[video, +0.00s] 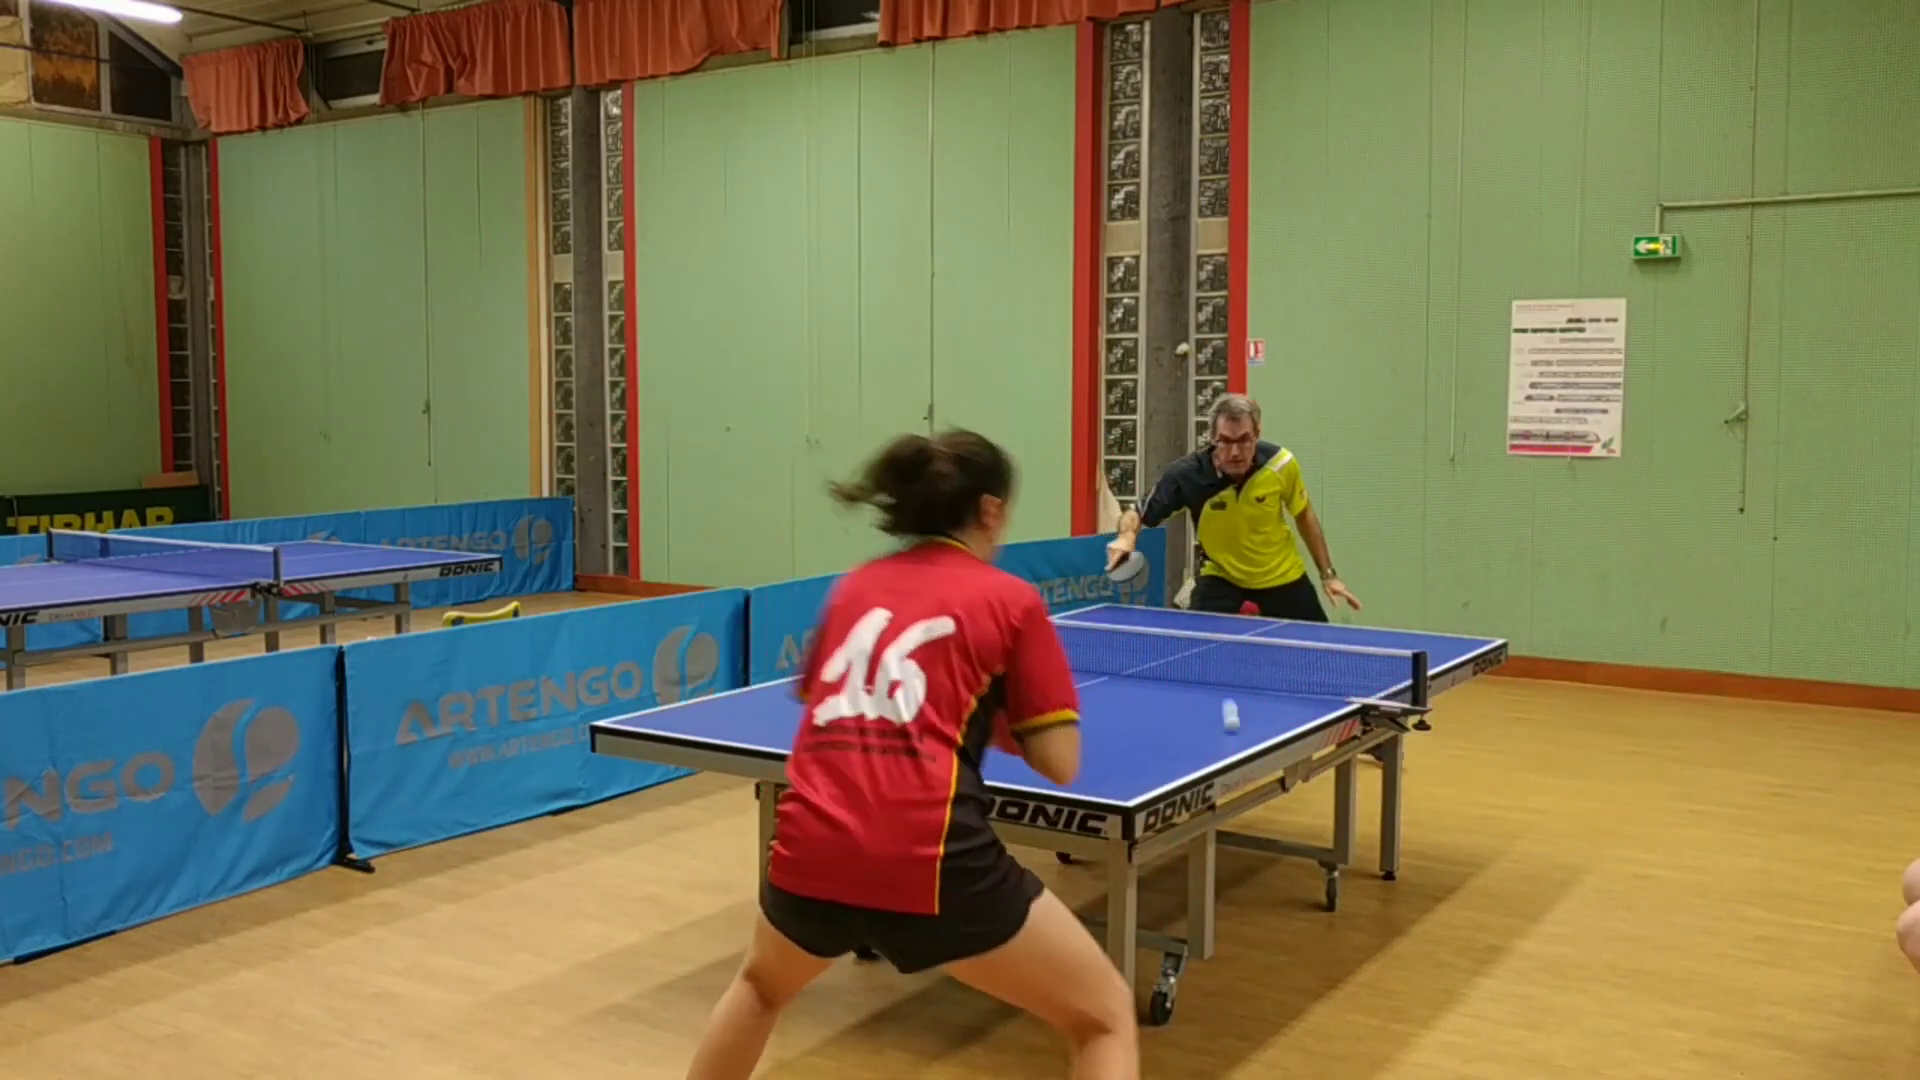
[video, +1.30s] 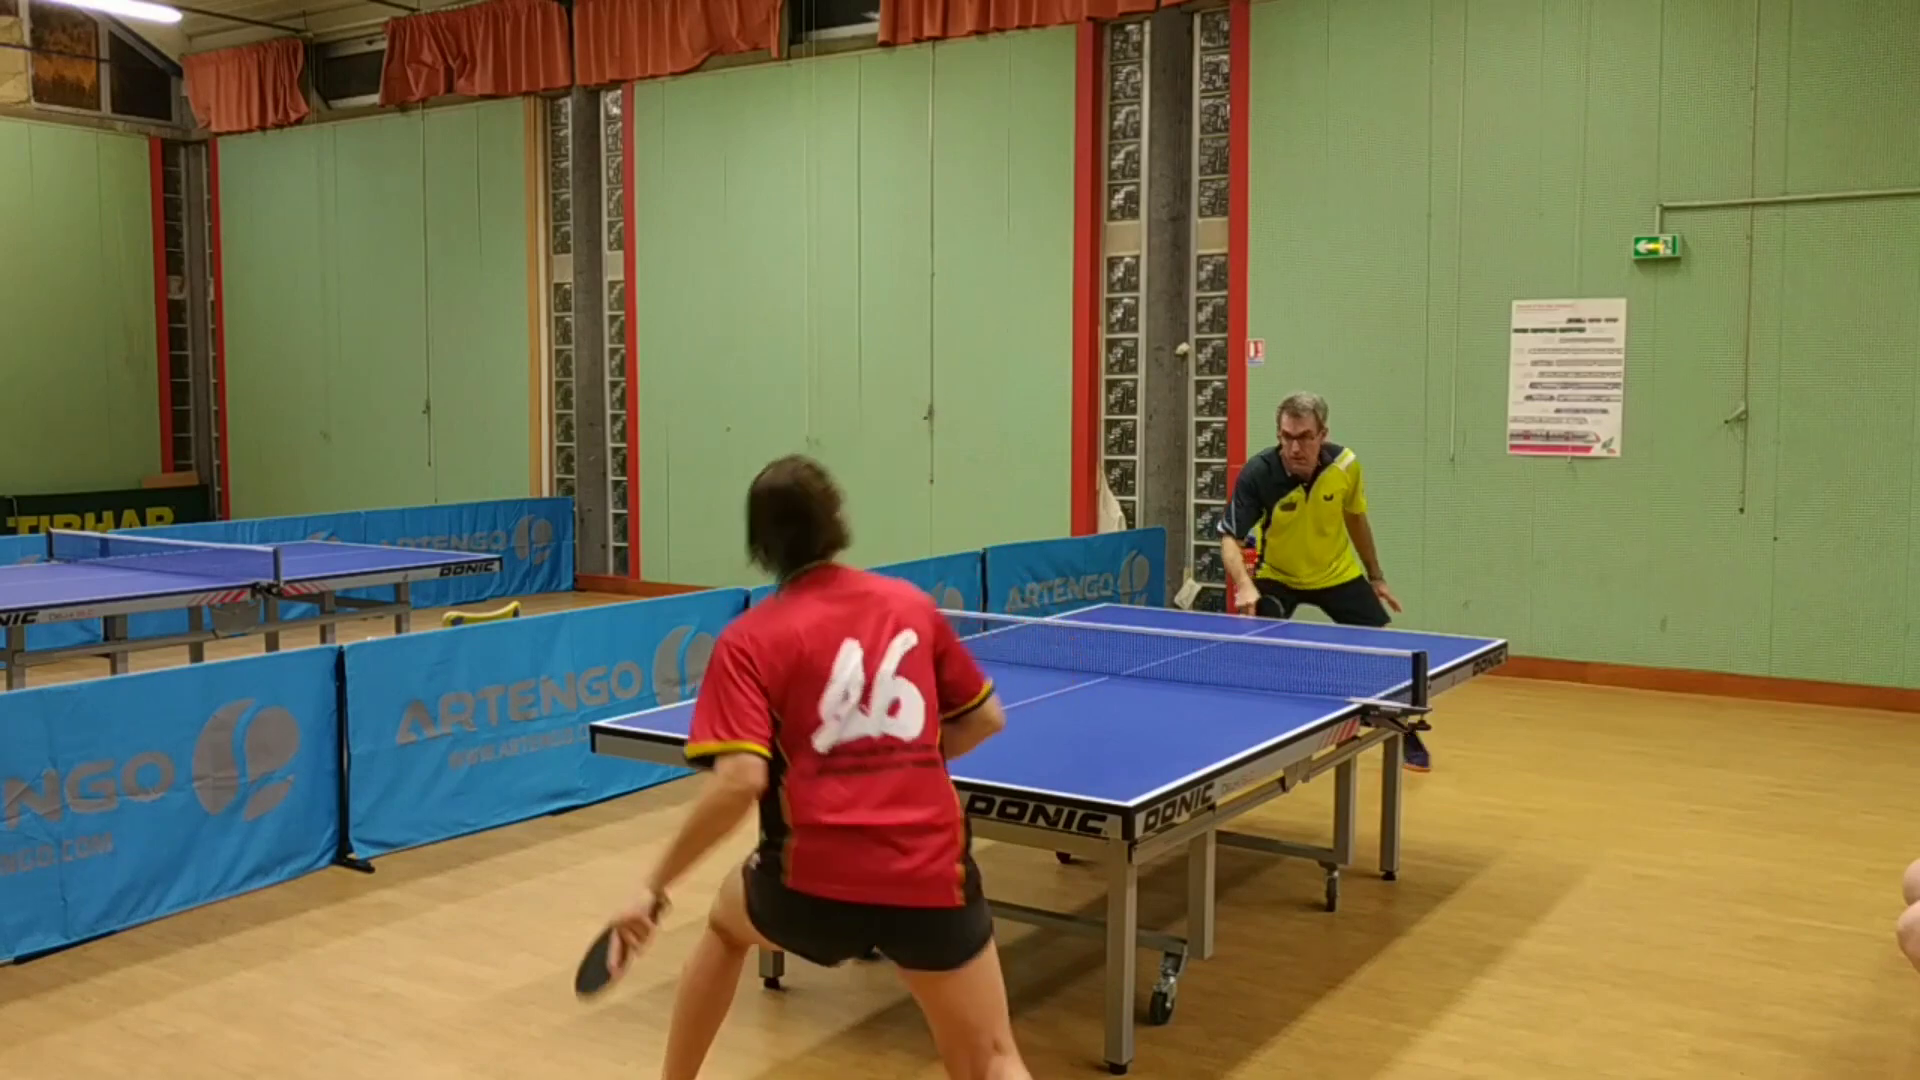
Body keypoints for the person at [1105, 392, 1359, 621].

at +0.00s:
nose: (1235, 451)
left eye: (1243, 441)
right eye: (1225, 441)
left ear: (1257, 435)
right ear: (1212, 437)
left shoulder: (1279, 464)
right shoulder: (1187, 474)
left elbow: (1304, 516)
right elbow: (1136, 516)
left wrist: (1328, 575)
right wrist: (1125, 539)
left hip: (1282, 576)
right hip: (1222, 576)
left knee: (1325, 653)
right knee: (1196, 650)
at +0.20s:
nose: (1270, 442)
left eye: (1279, 432)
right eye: (1261, 432)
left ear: (1293, 430)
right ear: (1248, 431)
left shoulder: (1316, 466)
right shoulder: (1226, 472)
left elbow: (1335, 523)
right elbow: (1188, 521)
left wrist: (1354, 585)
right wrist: (1166, 558)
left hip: (1311, 582)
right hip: (1249, 581)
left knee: (1354, 657)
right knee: (1215, 654)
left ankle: (1386, 738)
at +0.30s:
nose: (1288, 436)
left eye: (1296, 427)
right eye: (1280, 427)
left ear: (1311, 424)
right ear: (1268, 425)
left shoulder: (1335, 459)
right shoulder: (1244, 468)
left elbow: (1354, 521)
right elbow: (1210, 522)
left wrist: (1369, 583)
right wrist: (1189, 578)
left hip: (1328, 579)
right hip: (1267, 578)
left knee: (1366, 654)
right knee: (1229, 647)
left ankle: (1386, 737)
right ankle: (1217, 744)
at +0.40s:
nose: (1300, 432)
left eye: (1308, 422)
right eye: (1291, 422)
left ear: (1322, 418)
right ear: (1279, 420)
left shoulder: (1345, 454)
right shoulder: (1256, 461)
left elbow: (1365, 515)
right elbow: (1228, 510)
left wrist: (1378, 577)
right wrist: (1229, 545)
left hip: (1336, 574)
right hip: (1276, 572)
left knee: (1370, 652)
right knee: (1234, 638)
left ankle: (1385, 738)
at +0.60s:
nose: (1316, 449)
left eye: (1324, 440)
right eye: (1307, 439)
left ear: (1337, 435)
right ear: (1293, 432)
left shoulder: (1352, 465)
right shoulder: (1265, 469)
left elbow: (1365, 521)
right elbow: (1233, 535)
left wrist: (1385, 580)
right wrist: (1275, 550)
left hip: (1334, 580)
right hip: (1274, 580)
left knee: (1376, 652)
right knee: (1237, 646)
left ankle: (1386, 737)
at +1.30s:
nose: (1295, 447)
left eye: (1304, 438)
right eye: (1288, 437)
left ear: (1322, 433)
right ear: (1279, 434)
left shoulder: (1344, 465)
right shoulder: (1258, 473)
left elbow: (1356, 519)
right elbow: (1230, 537)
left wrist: (1376, 577)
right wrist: (1244, 585)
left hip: (1337, 577)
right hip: (1278, 579)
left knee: (1386, 645)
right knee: (1253, 647)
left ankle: (1406, 730)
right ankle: (1242, 740)